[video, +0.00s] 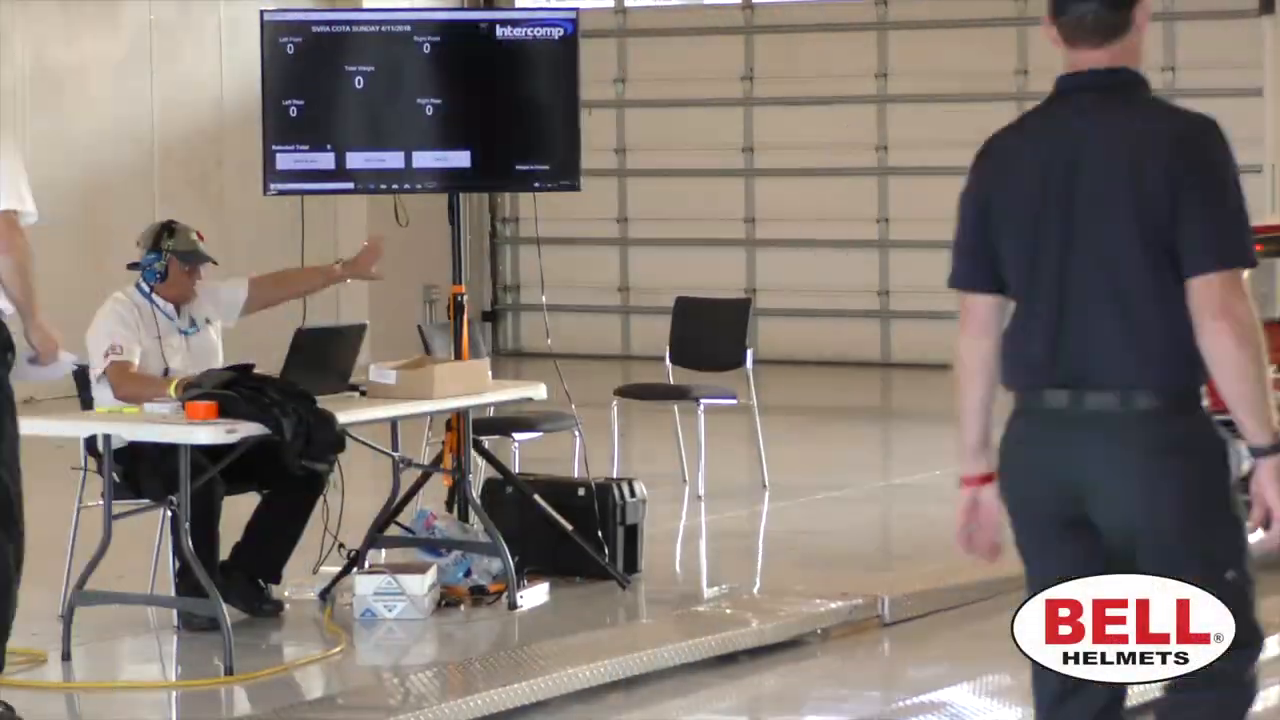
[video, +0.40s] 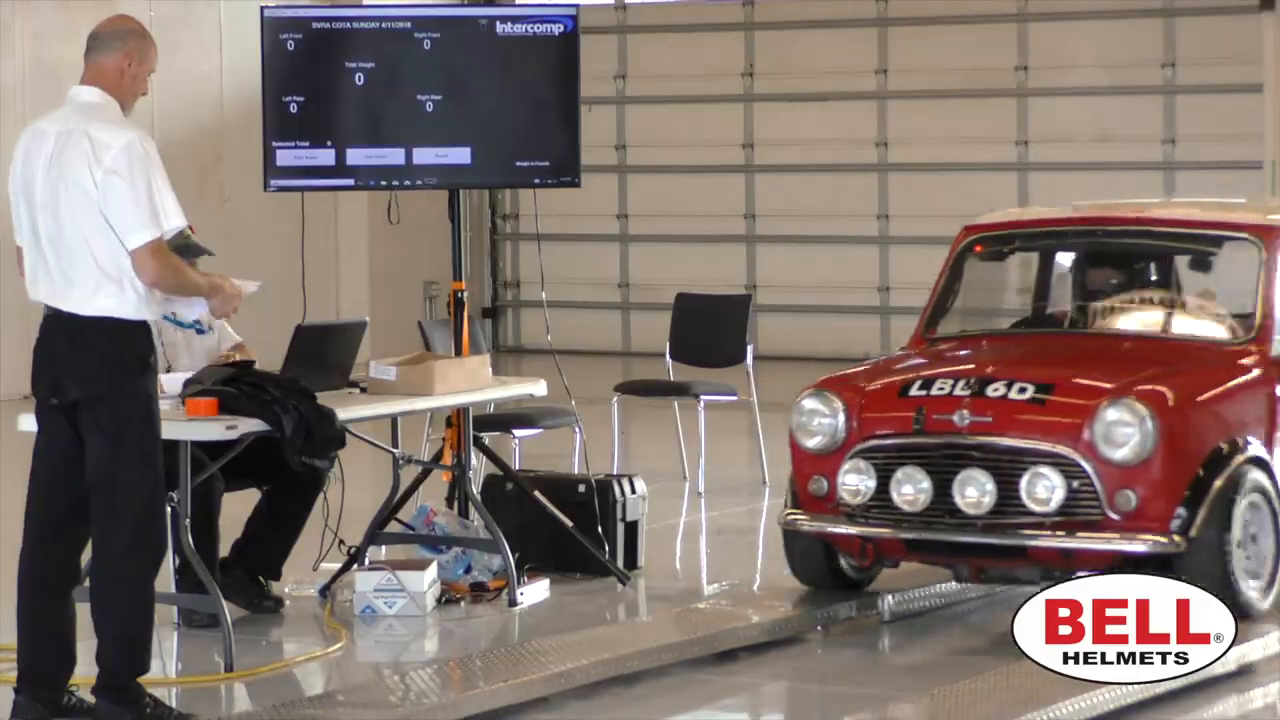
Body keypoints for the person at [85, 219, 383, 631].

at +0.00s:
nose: (198, 276)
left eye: (200, 267)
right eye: (189, 267)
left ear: (201, 266)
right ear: (157, 268)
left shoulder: (204, 299)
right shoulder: (118, 313)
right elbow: (120, 384)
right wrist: (187, 387)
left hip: (211, 446)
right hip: (142, 452)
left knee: (303, 467)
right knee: (201, 479)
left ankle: (243, 574)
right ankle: (195, 598)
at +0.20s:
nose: (197, 270)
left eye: (198, 262)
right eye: (188, 260)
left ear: (196, 266)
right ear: (159, 264)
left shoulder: (200, 310)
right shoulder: (135, 313)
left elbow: (267, 330)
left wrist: (300, 283)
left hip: (211, 440)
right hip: (152, 443)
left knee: (305, 464)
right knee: (199, 474)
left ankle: (245, 570)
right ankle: (195, 591)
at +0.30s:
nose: (192, 275)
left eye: (194, 266)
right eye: (181, 266)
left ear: (199, 265)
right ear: (155, 267)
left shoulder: (208, 308)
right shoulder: (138, 312)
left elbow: (255, 367)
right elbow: (162, 385)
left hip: (220, 443)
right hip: (160, 445)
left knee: (304, 465)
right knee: (200, 477)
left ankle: (245, 569)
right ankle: (196, 592)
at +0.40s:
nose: (191, 272)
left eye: (193, 263)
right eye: (182, 263)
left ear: (196, 262)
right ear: (156, 264)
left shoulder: (201, 307)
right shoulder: (132, 310)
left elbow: (240, 352)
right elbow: (133, 385)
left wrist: (240, 360)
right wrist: (200, 379)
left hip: (216, 443)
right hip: (152, 444)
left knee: (304, 466)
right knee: (199, 475)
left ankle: (244, 570)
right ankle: (196, 592)